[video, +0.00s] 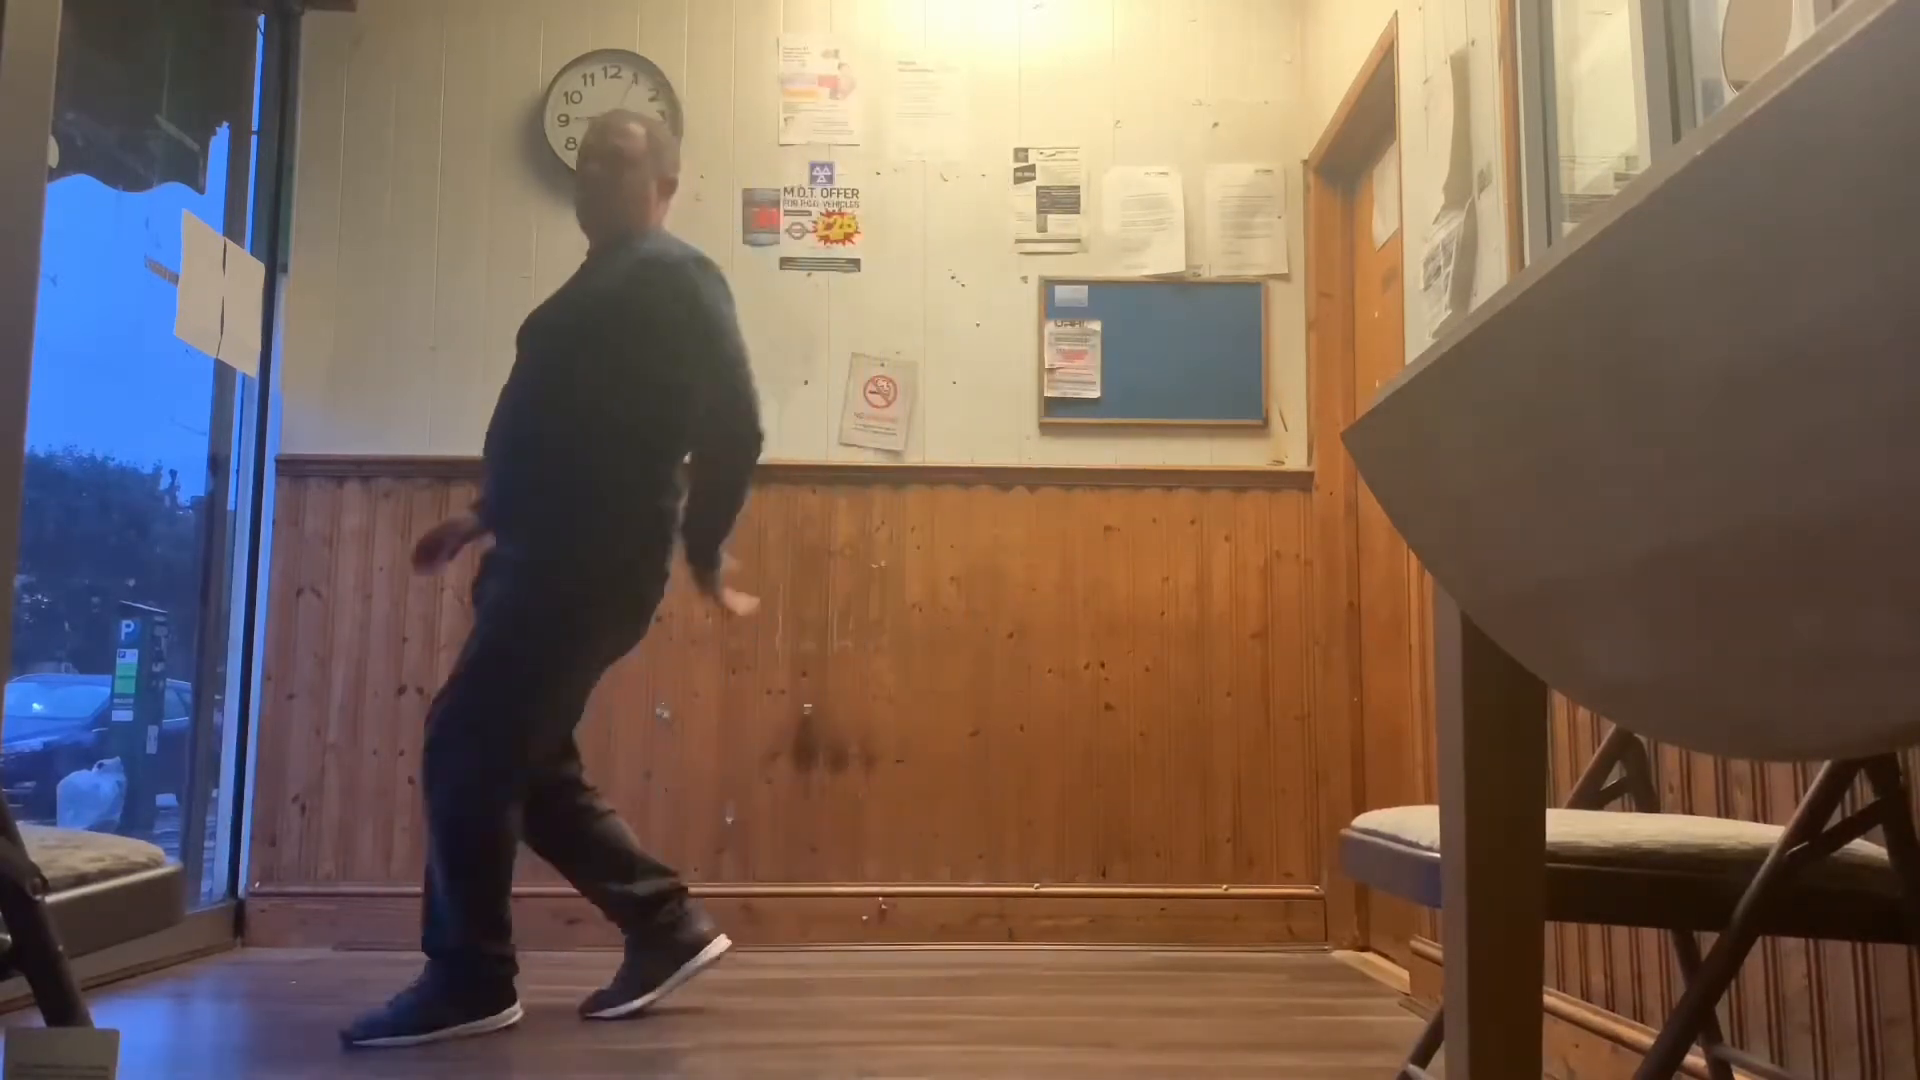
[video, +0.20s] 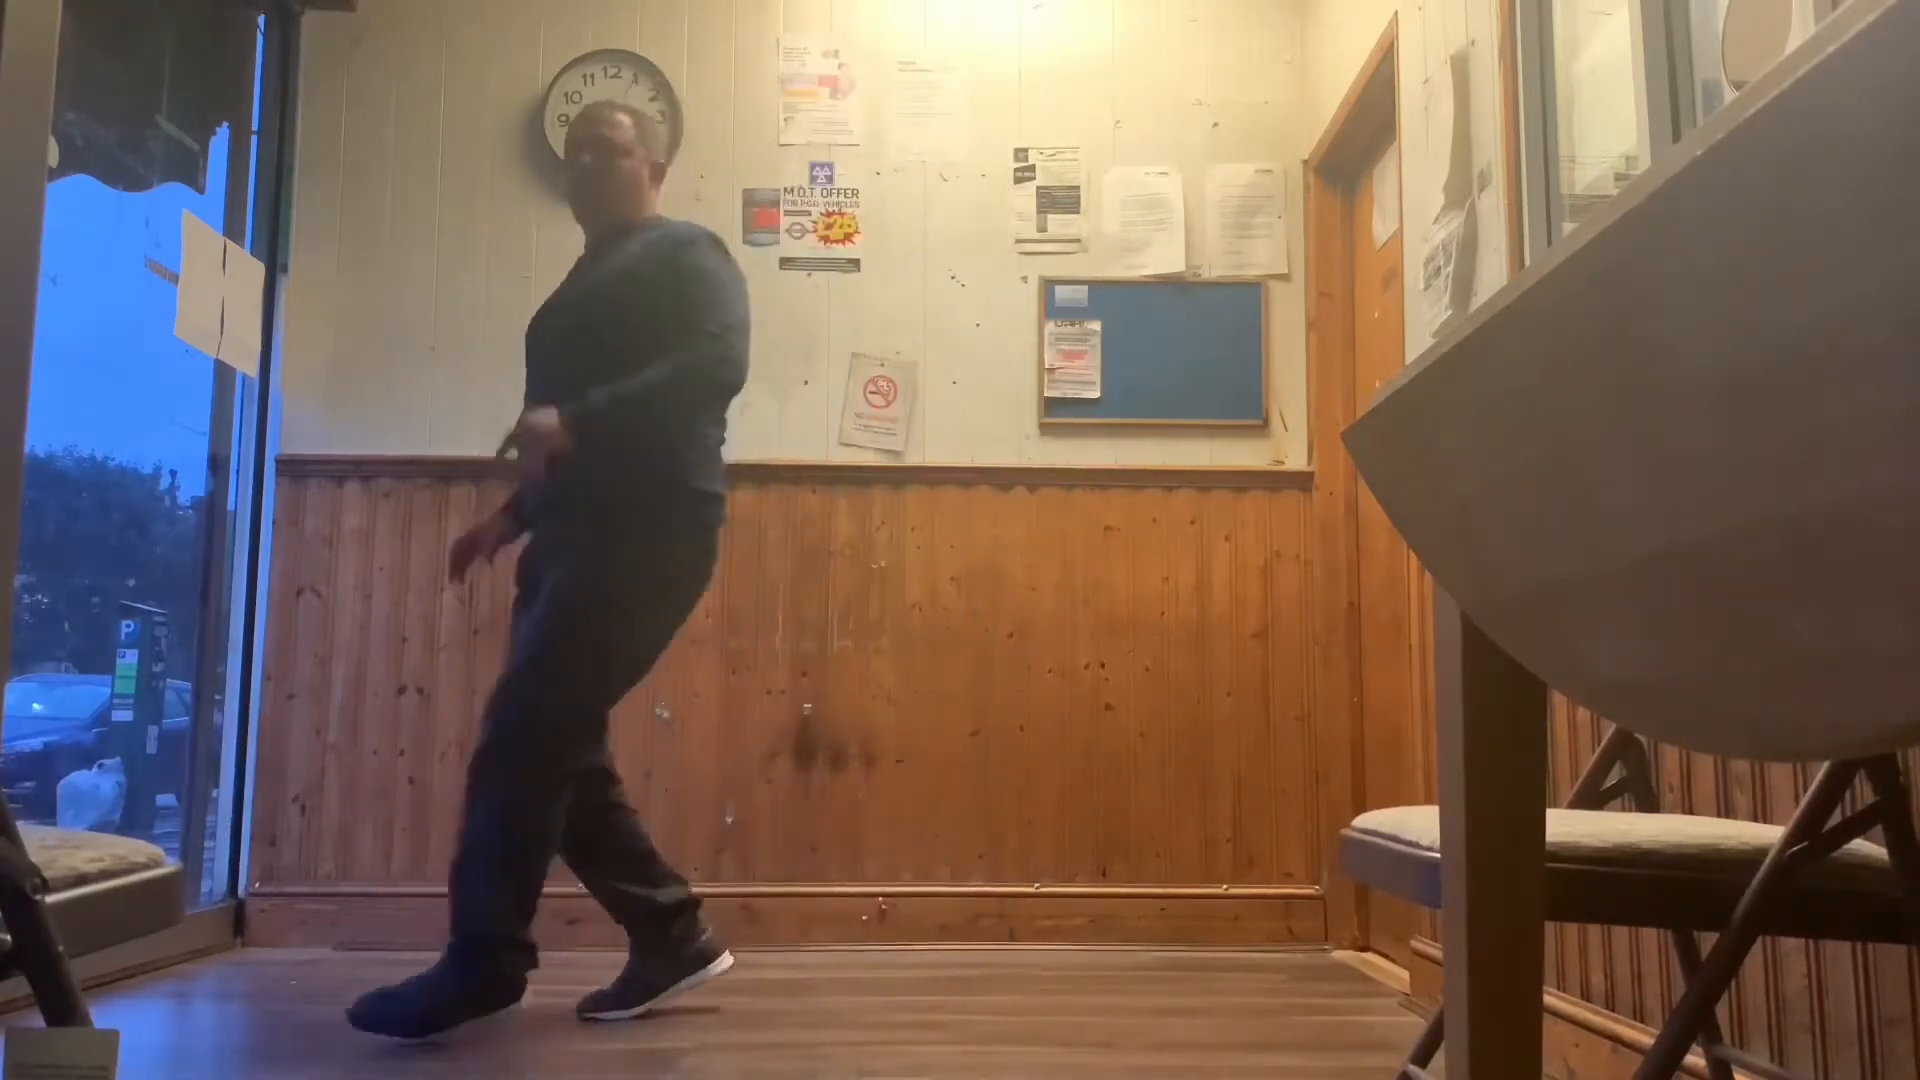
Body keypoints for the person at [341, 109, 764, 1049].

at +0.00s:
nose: (592, 181)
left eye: (613, 165)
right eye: (588, 166)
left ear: (661, 186)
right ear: (580, 181)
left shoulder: (679, 278)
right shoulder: (574, 300)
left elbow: (732, 425)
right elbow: (555, 437)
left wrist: (703, 542)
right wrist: (480, 519)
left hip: (588, 564)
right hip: (540, 562)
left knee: (465, 744)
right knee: (527, 762)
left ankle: (470, 975)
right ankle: (663, 926)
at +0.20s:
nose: (589, 159)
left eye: (611, 145)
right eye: (580, 148)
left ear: (656, 171)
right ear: (565, 176)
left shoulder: (688, 252)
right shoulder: (558, 309)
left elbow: (717, 364)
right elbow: (559, 448)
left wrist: (578, 419)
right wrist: (503, 524)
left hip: (643, 533)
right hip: (565, 539)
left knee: (525, 730)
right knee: (550, 743)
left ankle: (483, 962)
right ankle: (670, 937)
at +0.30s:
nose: (597, 169)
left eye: (620, 155)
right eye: (586, 159)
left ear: (664, 182)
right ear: (576, 191)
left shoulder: (700, 247)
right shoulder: (585, 307)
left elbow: (739, 311)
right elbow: (589, 464)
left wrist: (578, 320)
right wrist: (517, 545)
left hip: (682, 529)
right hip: (607, 540)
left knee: (578, 725)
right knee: (575, 730)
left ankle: (617, 954)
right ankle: (679, 936)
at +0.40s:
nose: (618, 177)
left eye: (641, 164)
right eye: (609, 167)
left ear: (688, 191)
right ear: (596, 193)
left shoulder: (718, 261)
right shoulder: (599, 329)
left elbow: (774, 257)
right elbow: (605, 462)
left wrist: (621, 235)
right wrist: (536, 535)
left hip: (712, 531)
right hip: (623, 549)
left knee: (653, 708)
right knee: (581, 768)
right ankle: (686, 958)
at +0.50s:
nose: (649, 141)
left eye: (669, 127)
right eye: (635, 128)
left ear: (708, 152)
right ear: (617, 157)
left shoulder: (745, 223)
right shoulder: (616, 283)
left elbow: (797, 222)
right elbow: (624, 413)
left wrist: (715, 191)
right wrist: (587, 494)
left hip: (752, 494)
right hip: (656, 516)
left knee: (743, 680)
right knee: (639, 749)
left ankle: (881, 818)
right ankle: (692, 958)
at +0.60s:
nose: (678, 108)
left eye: (701, 101)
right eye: (666, 99)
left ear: (737, 135)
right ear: (647, 132)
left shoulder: (765, 183)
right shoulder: (633, 249)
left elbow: (811, 269)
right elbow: (640, 368)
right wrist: (621, 459)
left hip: (792, 479)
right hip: (690, 499)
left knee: (835, 667)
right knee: (687, 727)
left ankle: (918, 869)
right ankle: (751, 938)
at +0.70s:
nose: (718, 128)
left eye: (739, 120)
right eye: (704, 118)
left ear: (772, 155)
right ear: (678, 149)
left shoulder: (805, 229)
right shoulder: (653, 270)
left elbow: (877, 353)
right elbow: (638, 379)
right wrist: (626, 455)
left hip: (820, 516)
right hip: (711, 529)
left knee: (893, 715)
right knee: (738, 760)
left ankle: (979, 925)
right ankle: (791, 953)